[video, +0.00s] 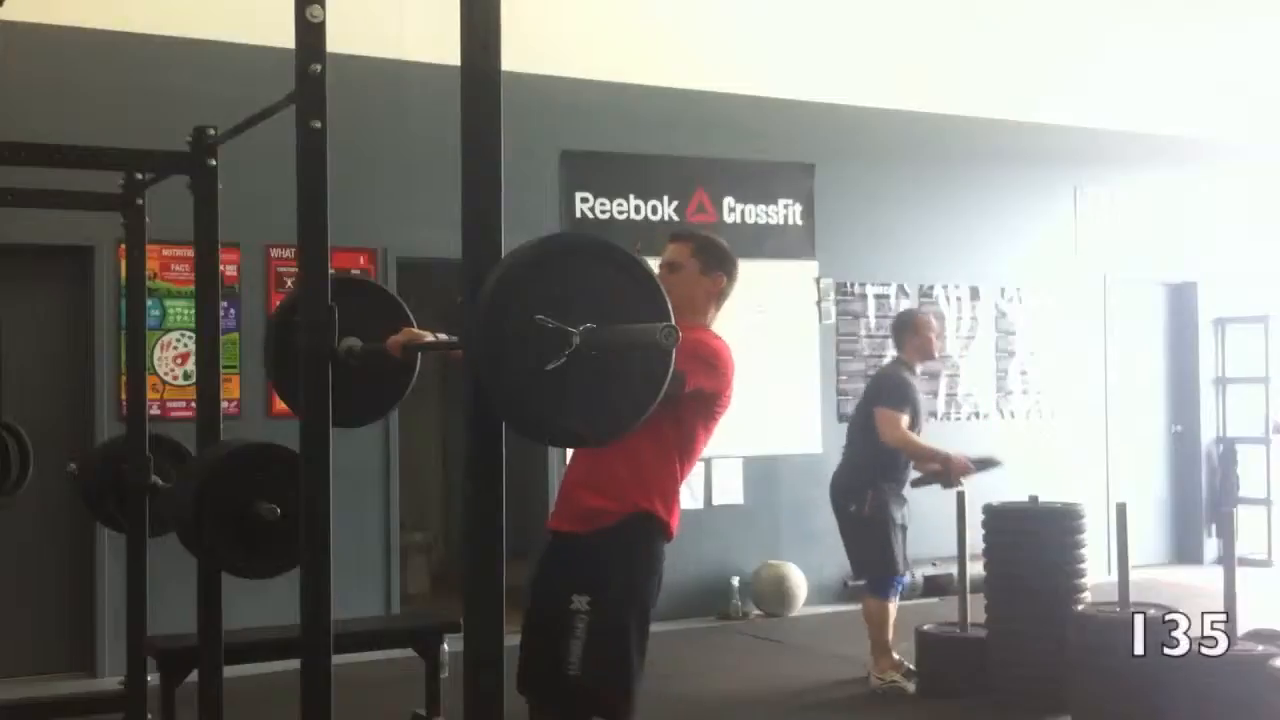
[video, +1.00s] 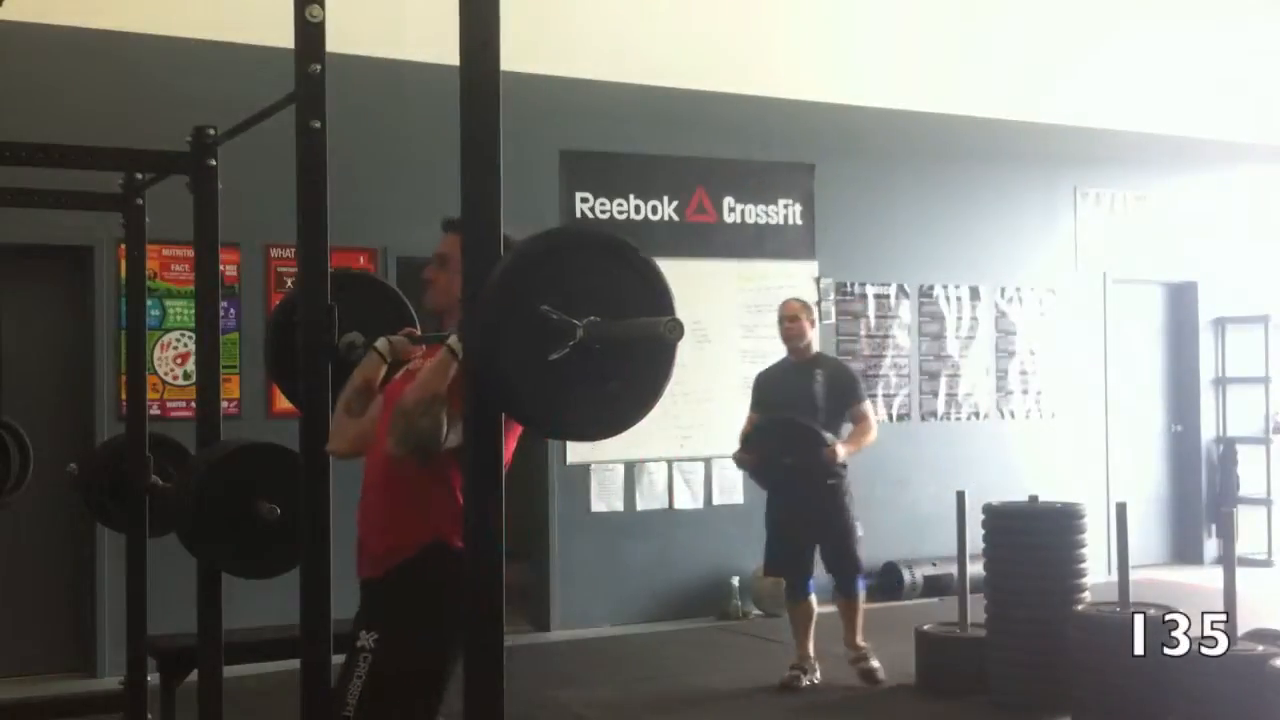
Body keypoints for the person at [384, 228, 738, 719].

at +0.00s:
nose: (658, 277)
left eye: (674, 268)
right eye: (660, 268)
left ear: (715, 283)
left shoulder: (708, 352)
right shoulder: (635, 338)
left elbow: (604, 367)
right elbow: (541, 355)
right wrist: (440, 344)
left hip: (625, 533)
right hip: (570, 530)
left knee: (598, 693)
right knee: (543, 687)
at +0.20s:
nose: (604, 271)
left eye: (620, 260)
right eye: (603, 258)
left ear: (656, 269)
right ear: (598, 261)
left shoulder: (665, 347)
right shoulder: (582, 340)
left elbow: (631, 402)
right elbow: (510, 380)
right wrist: (431, 352)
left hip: (596, 531)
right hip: (546, 529)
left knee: (546, 693)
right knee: (521, 687)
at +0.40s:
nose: (517, 271)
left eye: (530, 259)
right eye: (512, 258)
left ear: (560, 267)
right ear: (504, 262)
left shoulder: (579, 361)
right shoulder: (506, 356)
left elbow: (553, 468)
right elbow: (453, 430)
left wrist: (525, 371)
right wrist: (418, 380)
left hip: (551, 538)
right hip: (496, 537)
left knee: (515, 691)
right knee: (473, 684)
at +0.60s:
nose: (441, 277)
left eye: (458, 269)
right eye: (447, 267)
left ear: (491, 284)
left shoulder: (511, 370)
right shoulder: (448, 372)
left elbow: (449, 464)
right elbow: (387, 467)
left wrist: (455, 364)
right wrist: (384, 376)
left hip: (482, 576)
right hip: (439, 575)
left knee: (391, 704)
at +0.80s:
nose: (428, 279)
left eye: (444, 270)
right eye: (434, 268)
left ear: (480, 284)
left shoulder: (501, 371)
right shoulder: (428, 370)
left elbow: (422, 450)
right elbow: (347, 448)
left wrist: (457, 350)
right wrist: (377, 362)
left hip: (440, 589)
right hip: (397, 587)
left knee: (362, 708)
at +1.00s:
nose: (428, 273)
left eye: (444, 264)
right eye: (433, 262)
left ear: (480, 278)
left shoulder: (500, 366)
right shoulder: (426, 364)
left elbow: (412, 439)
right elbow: (342, 438)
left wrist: (459, 340)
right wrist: (377, 359)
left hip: (433, 575)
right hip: (389, 574)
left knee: (365, 707)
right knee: (372, 706)